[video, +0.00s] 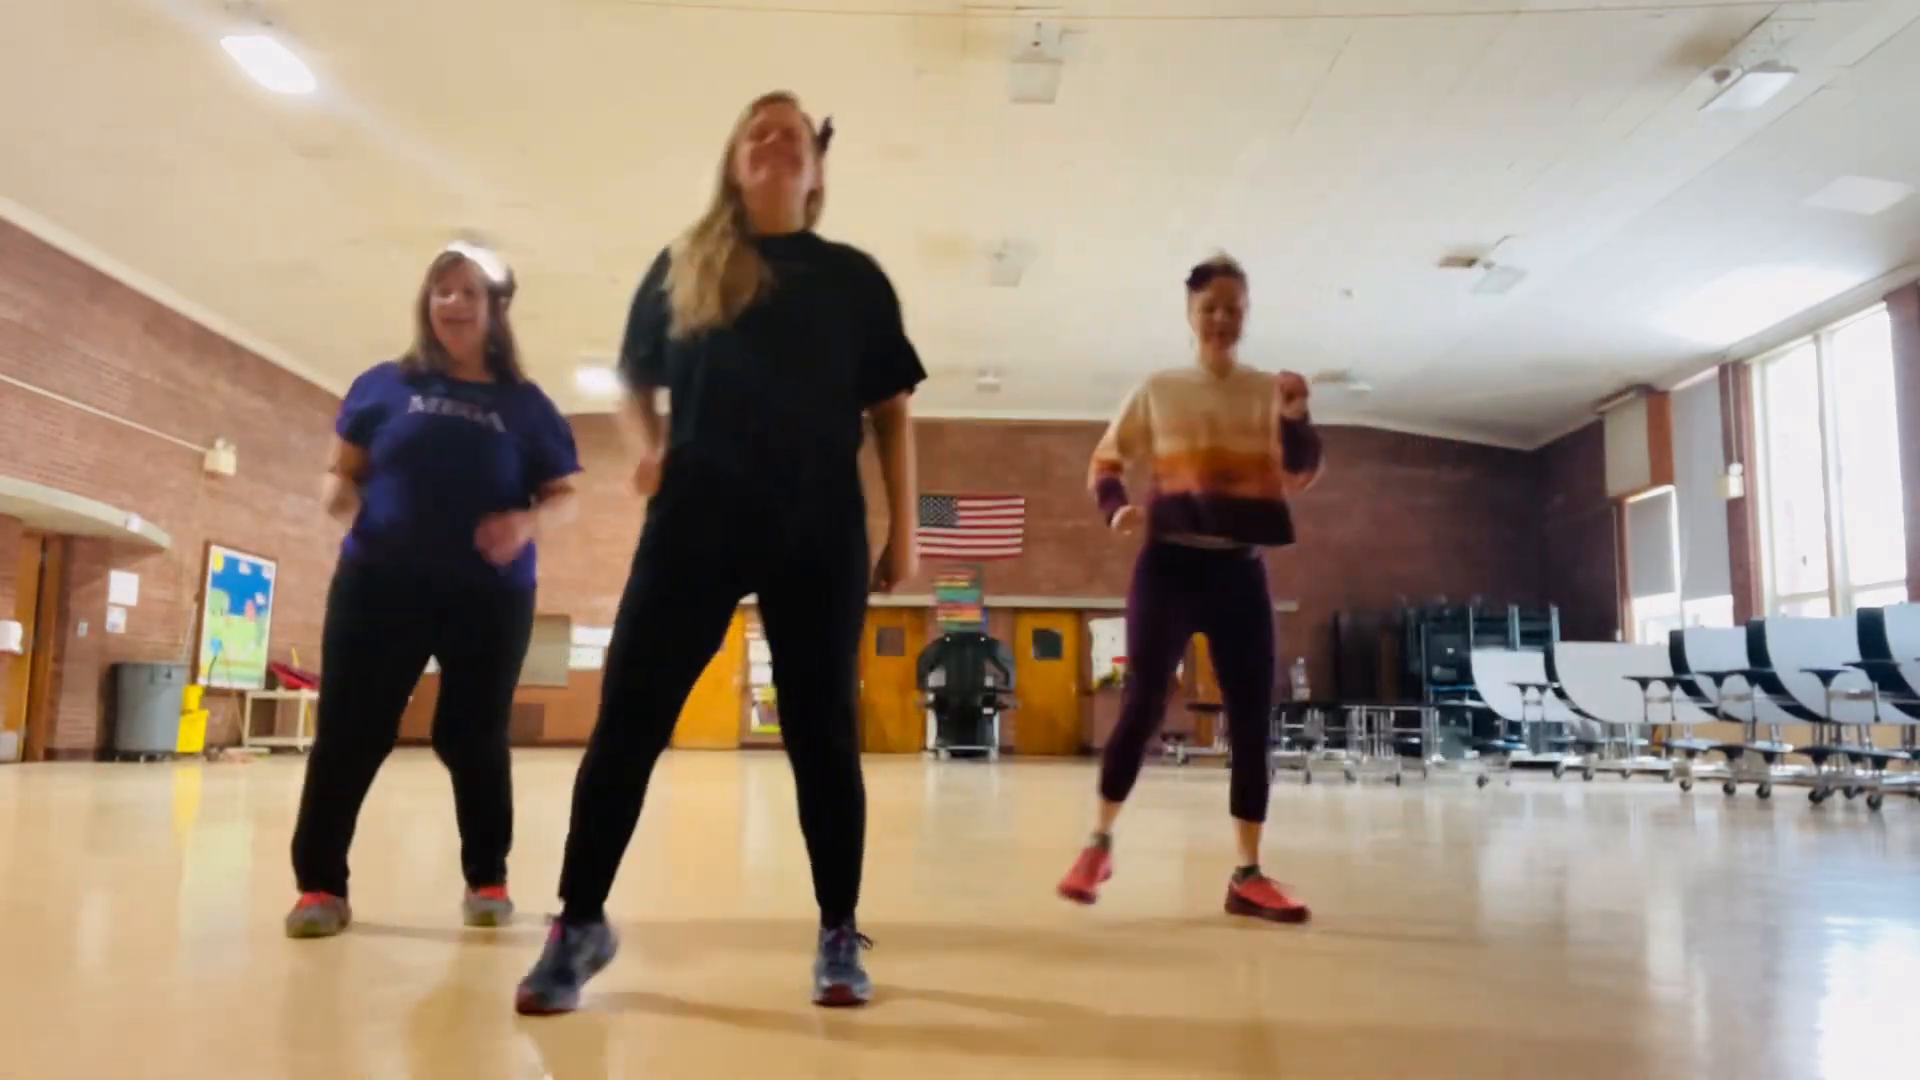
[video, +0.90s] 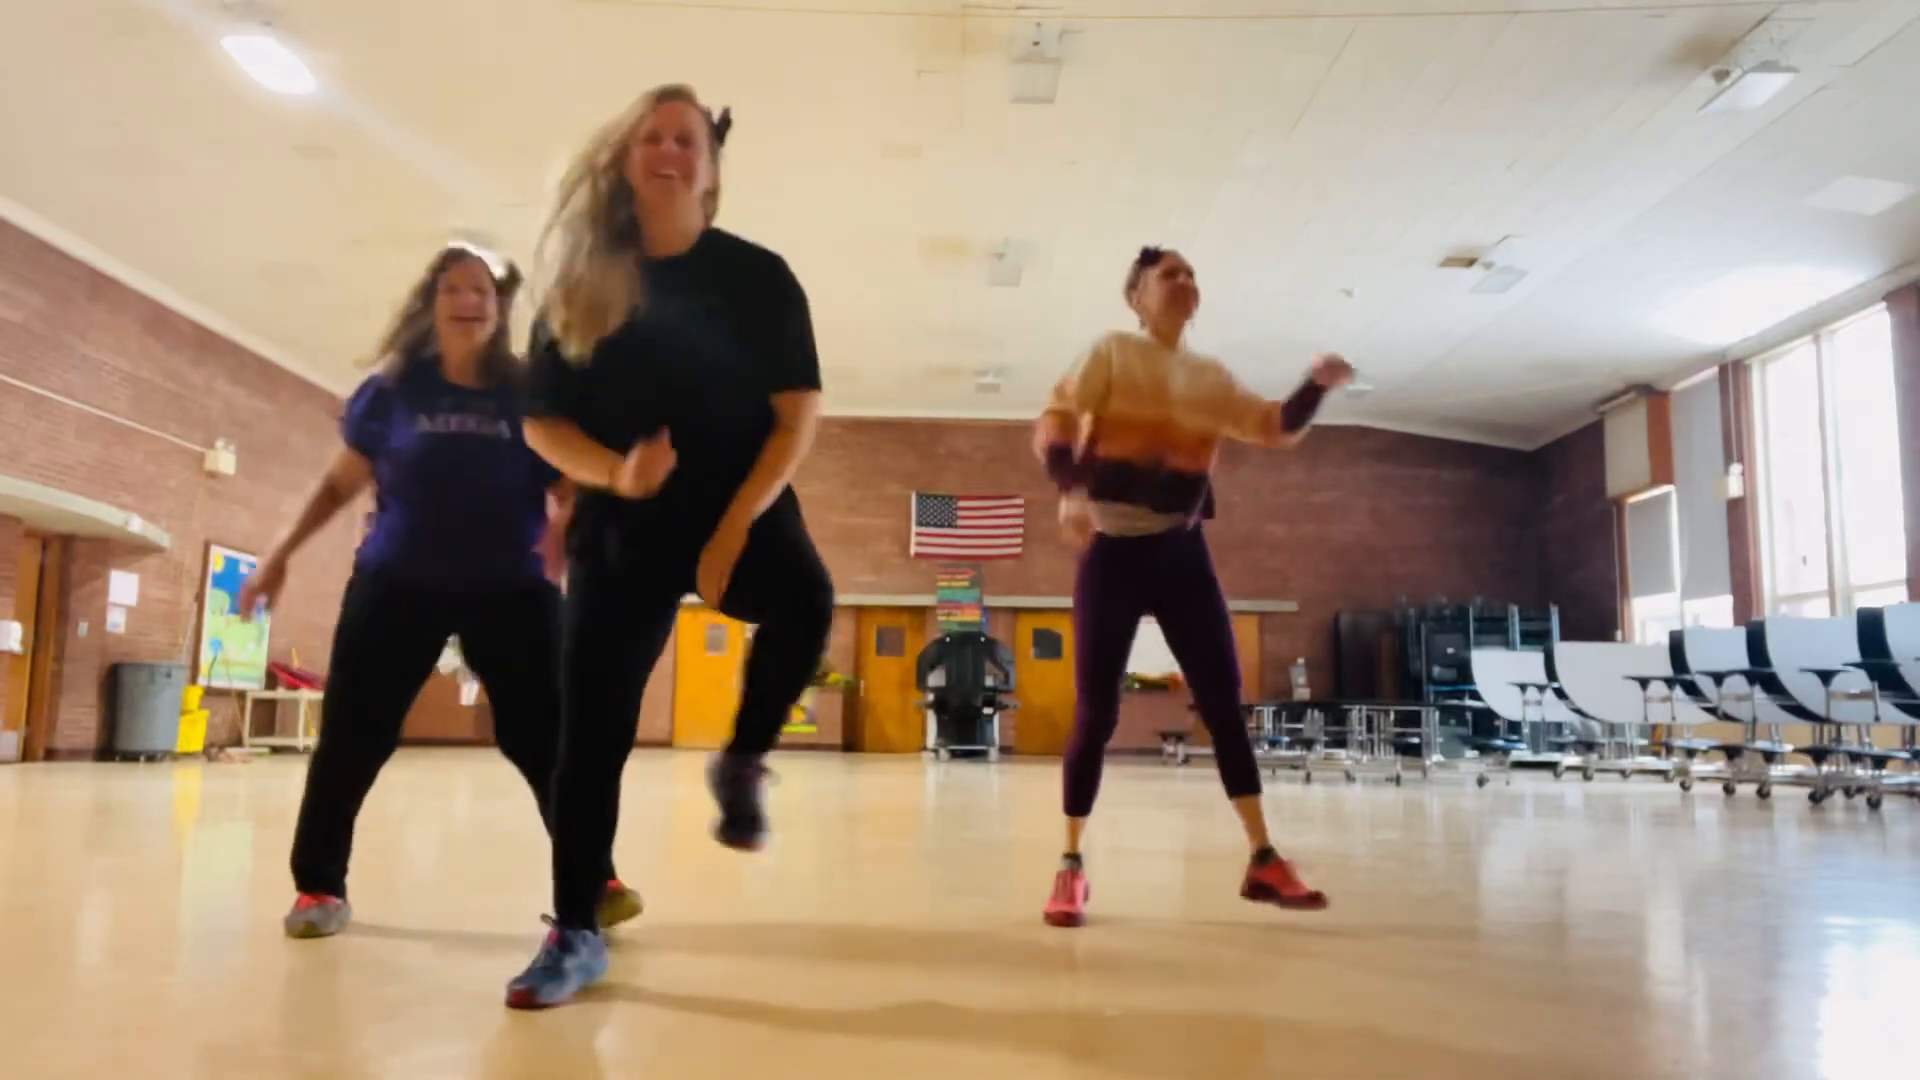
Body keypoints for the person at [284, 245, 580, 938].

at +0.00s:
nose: (452, 302)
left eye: (467, 292)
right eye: (442, 290)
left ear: (496, 306)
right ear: (425, 302)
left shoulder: (526, 404)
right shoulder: (382, 386)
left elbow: (563, 491)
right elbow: (345, 475)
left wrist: (526, 521)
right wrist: (346, 502)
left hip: (487, 596)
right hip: (383, 585)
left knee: (474, 737)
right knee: (349, 733)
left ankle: (487, 881)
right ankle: (321, 888)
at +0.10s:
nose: (426, 297)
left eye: (439, 288)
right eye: (414, 287)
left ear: (463, 303)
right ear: (395, 303)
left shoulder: (495, 397)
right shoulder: (353, 389)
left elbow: (531, 478)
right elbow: (294, 473)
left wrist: (524, 512)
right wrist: (307, 506)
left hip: (470, 592)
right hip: (365, 588)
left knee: (475, 741)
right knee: (335, 742)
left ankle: (487, 875)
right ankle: (319, 891)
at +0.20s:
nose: (402, 292)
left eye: (416, 282)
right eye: (390, 282)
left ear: (440, 299)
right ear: (372, 300)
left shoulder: (477, 390)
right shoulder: (337, 385)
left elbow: (539, 465)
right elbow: (265, 465)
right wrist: (280, 407)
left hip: (458, 585)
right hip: (349, 584)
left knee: (471, 726)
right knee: (326, 737)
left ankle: (483, 850)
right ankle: (318, 889)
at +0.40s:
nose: (383, 287)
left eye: (395, 277)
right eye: (368, 278)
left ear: (418, 293)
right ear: (349, 297)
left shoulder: (454, 375)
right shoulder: (323, 378)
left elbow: (487, 450)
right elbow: (279, 456)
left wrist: (482, 363)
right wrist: (283, 362)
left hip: (445, 579)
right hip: (341, 576)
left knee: (435, 734)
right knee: (325, 736)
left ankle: (426, 876)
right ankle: (318, 889)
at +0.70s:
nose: (400, 286)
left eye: (411, 274)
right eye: (384, 277)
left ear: (432, 288)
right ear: (362, 296)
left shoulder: (476, 376)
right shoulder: (329, 385)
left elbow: (523, 469)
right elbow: (271, 476)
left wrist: (467, 457)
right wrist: (298, 446)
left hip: (471, 578)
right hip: (363, 579)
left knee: (500, 724)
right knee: (336, 735)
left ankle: (509, 868)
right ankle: (319, 890)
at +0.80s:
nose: (426, 290)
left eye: (437, 279)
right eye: (412, 280)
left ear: (460, 292)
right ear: (390, 299)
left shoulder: (504, 383)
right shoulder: (355, 386)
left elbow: (541, 462)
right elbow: (299, 464)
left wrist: (526, 496)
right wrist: (252, 518)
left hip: (487, 577)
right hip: (378, 577)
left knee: (528, 727)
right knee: (342, 734)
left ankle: (570, 875)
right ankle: (319, 889)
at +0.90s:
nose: (468, 300)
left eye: (481, 290)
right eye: (455, 289)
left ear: (502, 305)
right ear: (430, 303)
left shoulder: (535, 392)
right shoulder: (390, 391)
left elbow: (576, 480)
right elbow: (341, 484)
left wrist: (563, 532)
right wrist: (279, 557)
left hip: (509, 589)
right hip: (399, 586)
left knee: (543, 737)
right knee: (352, 737)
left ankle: (593, 880)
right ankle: (320, 889)